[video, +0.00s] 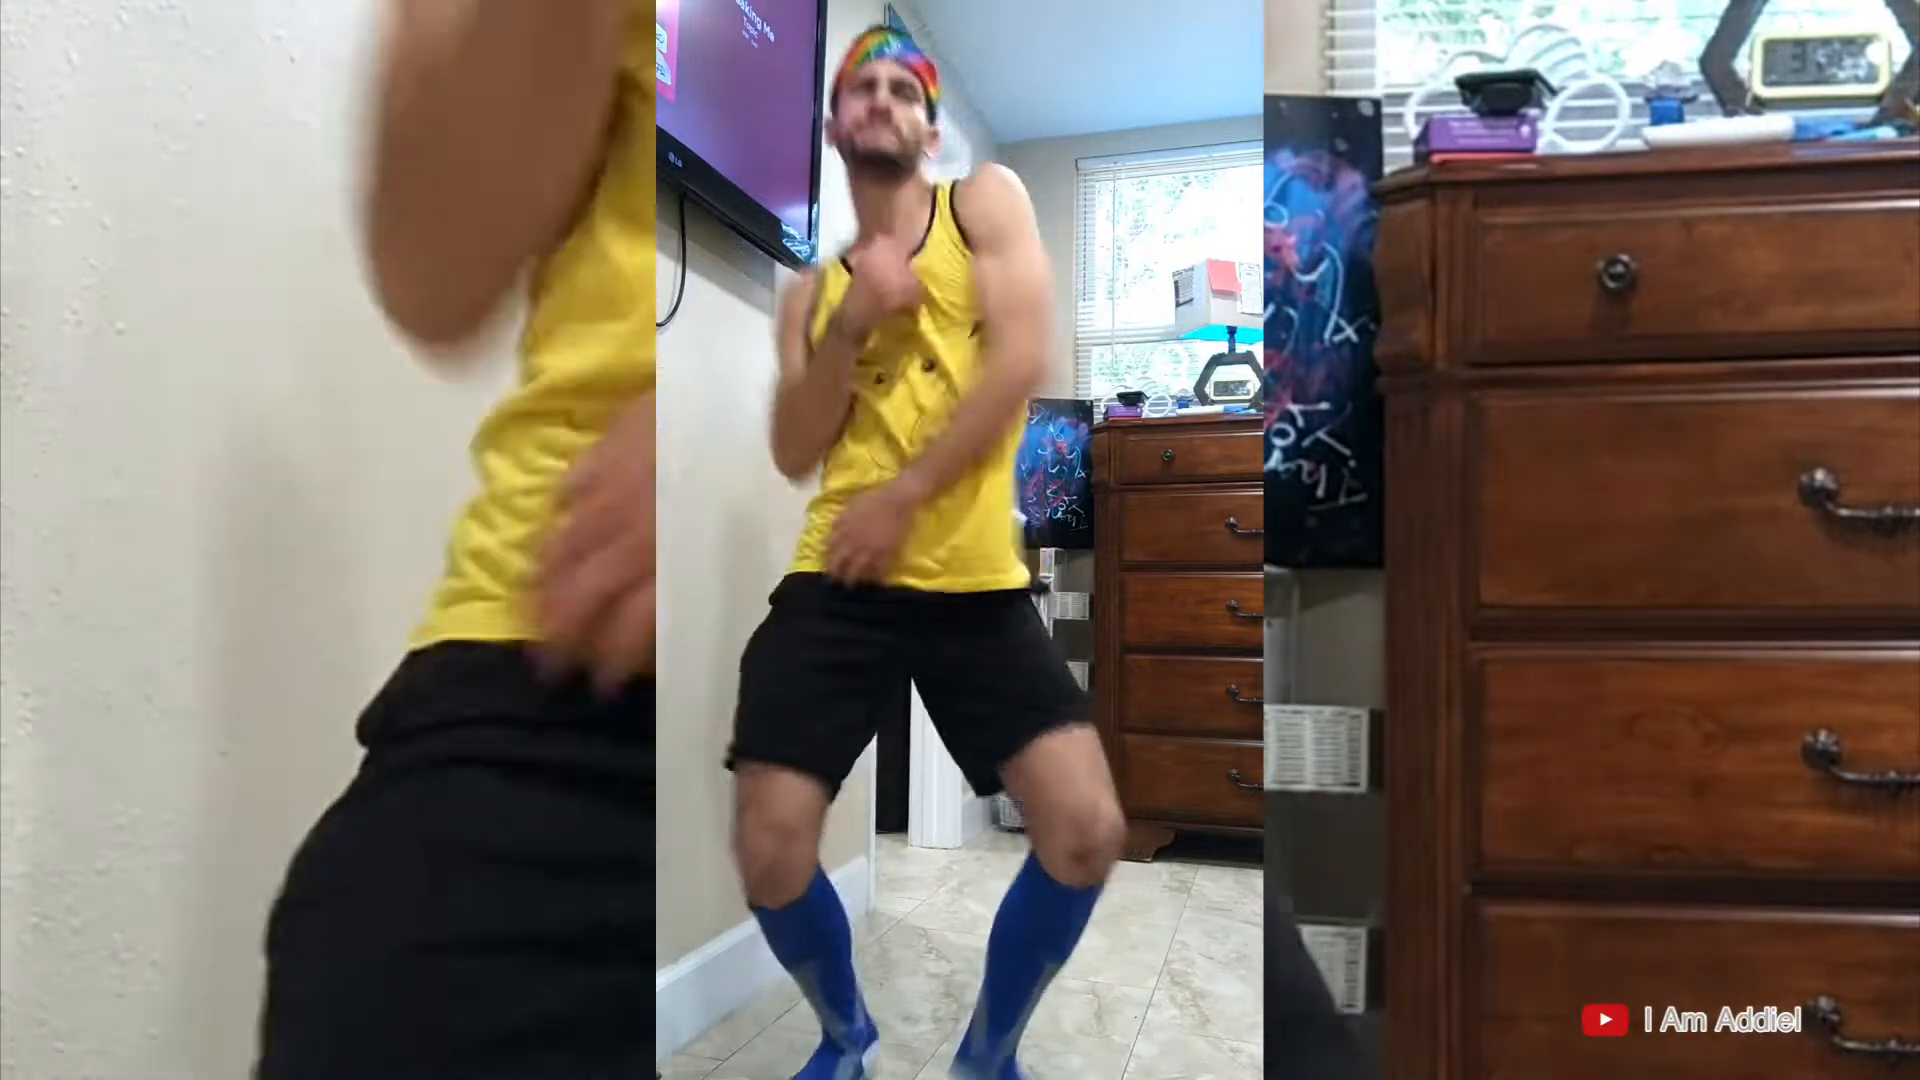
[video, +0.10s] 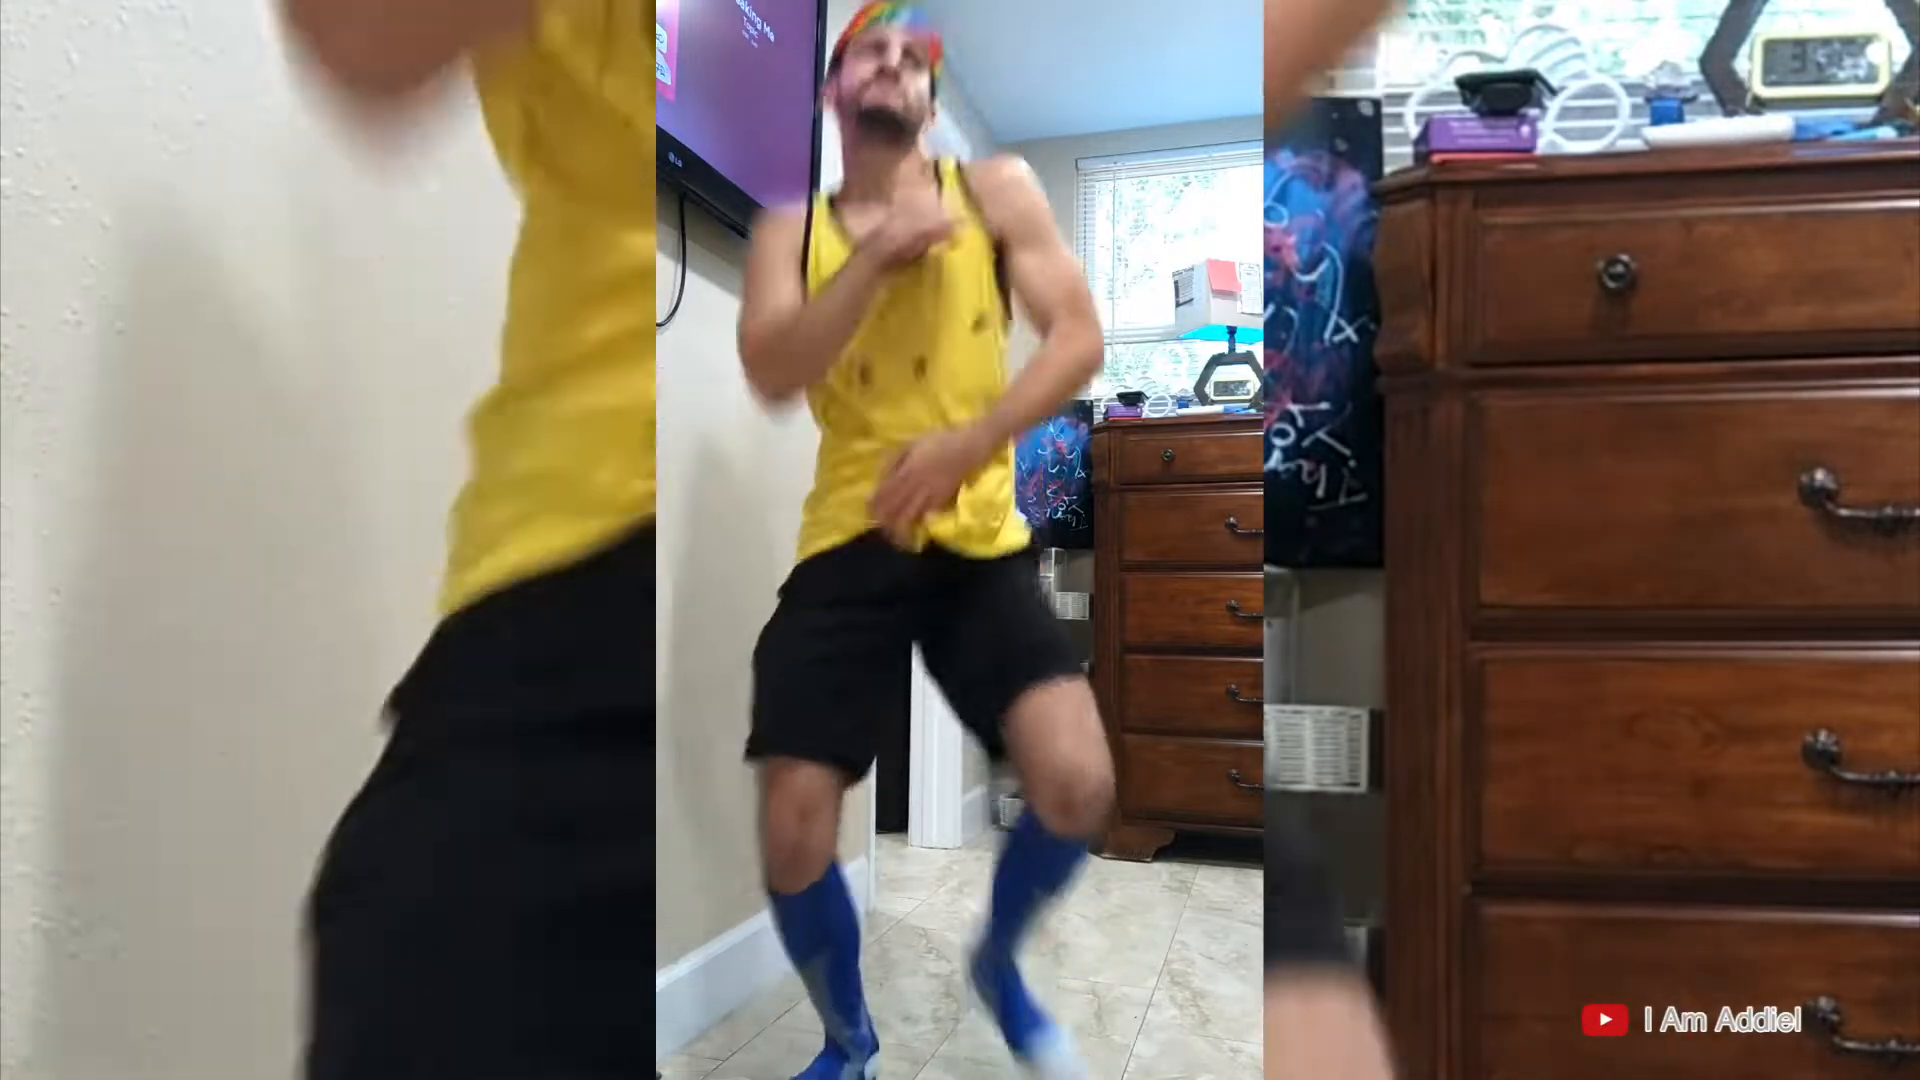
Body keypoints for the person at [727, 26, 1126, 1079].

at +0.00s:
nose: (881, 103)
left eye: (903, 92)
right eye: (862, 89)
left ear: (932, 126)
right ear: (831, 125)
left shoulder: (984, 198)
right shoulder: (810, 288)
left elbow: (1023, 359)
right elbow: (794, 450)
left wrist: (903, 495)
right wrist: (852, 327)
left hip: (976, 587)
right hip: (834, 590)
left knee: (1087, 832)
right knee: (768, 846)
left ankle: (988, 1053)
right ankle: (847, 1037)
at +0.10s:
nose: (890, 70)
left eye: (909, 59)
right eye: (867, 56)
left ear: (933, 94)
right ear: (829, 96)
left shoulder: (994, 186)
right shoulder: (793, 224)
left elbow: (1078, 335)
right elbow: (772, 373)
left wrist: (972, 442)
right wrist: (875, 257)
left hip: (982, 545)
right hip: (845, 549)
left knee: (1081, 784)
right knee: (792, 827)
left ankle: (996, 960)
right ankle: (849, 1041)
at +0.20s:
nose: (915, 9)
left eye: (934, 2)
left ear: (955, 28)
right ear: (852, 25)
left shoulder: (1009, 136)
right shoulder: (803, 136)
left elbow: (1066, 294)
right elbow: (795, 252)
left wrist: (995, 357)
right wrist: (969, 223)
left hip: (994, 490)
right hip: (866, 497)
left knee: (1052, 745)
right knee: (852, 777)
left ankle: (978, 944)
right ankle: (860, 1021)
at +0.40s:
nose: (980, 23)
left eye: (996, 17)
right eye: (955, 12)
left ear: (1011, 57)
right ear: (908, 47)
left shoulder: (1027, 198)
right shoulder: (876, 106)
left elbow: (1052, 374)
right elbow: (894, 228)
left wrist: (1054, 280)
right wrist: (998, 383)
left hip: (1006, 528)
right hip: (886, 518)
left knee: (1022, 785)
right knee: (884, 787)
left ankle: (1028, 1044)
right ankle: (893, 1019)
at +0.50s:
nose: (1019, 32)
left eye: (1032, 27)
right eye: (993, 23)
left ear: (1045, 75)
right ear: (943, 66)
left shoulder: (1044, 203)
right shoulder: (918, 133)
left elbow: (1068, 392)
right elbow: (878, 295)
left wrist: (1067, 260)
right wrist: (916, 488)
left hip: (1014, 529)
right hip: (904, 523)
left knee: (1044, 786)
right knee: (902, 799)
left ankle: (1018, 1040)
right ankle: (880, 1013)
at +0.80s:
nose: (971, 58)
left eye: (996, 38)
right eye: (958, 46)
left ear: (1052, 66)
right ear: (949, 77)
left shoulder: (1107, 208)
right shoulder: (902, 198)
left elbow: (1074, 309)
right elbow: (833, 331)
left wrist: (992, 181)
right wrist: (808, 418)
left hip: (1012, 550)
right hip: (875, 535)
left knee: (1072, 820)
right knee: (867, 816)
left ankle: (1015, 1045)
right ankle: (891, 1055)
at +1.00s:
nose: (955, 14)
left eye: (983, 3)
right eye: (944, 7)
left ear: (1037, 35)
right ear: (934, 47)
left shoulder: (1090, 136)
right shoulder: (915, 183)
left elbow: (1042, 206)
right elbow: (928, 343)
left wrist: (877, 138)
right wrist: (877, 422)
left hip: (1034, 518)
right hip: (906, 515)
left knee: (1029, 801)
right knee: (847, 754)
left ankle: (1017, 1037)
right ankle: (898, 966)